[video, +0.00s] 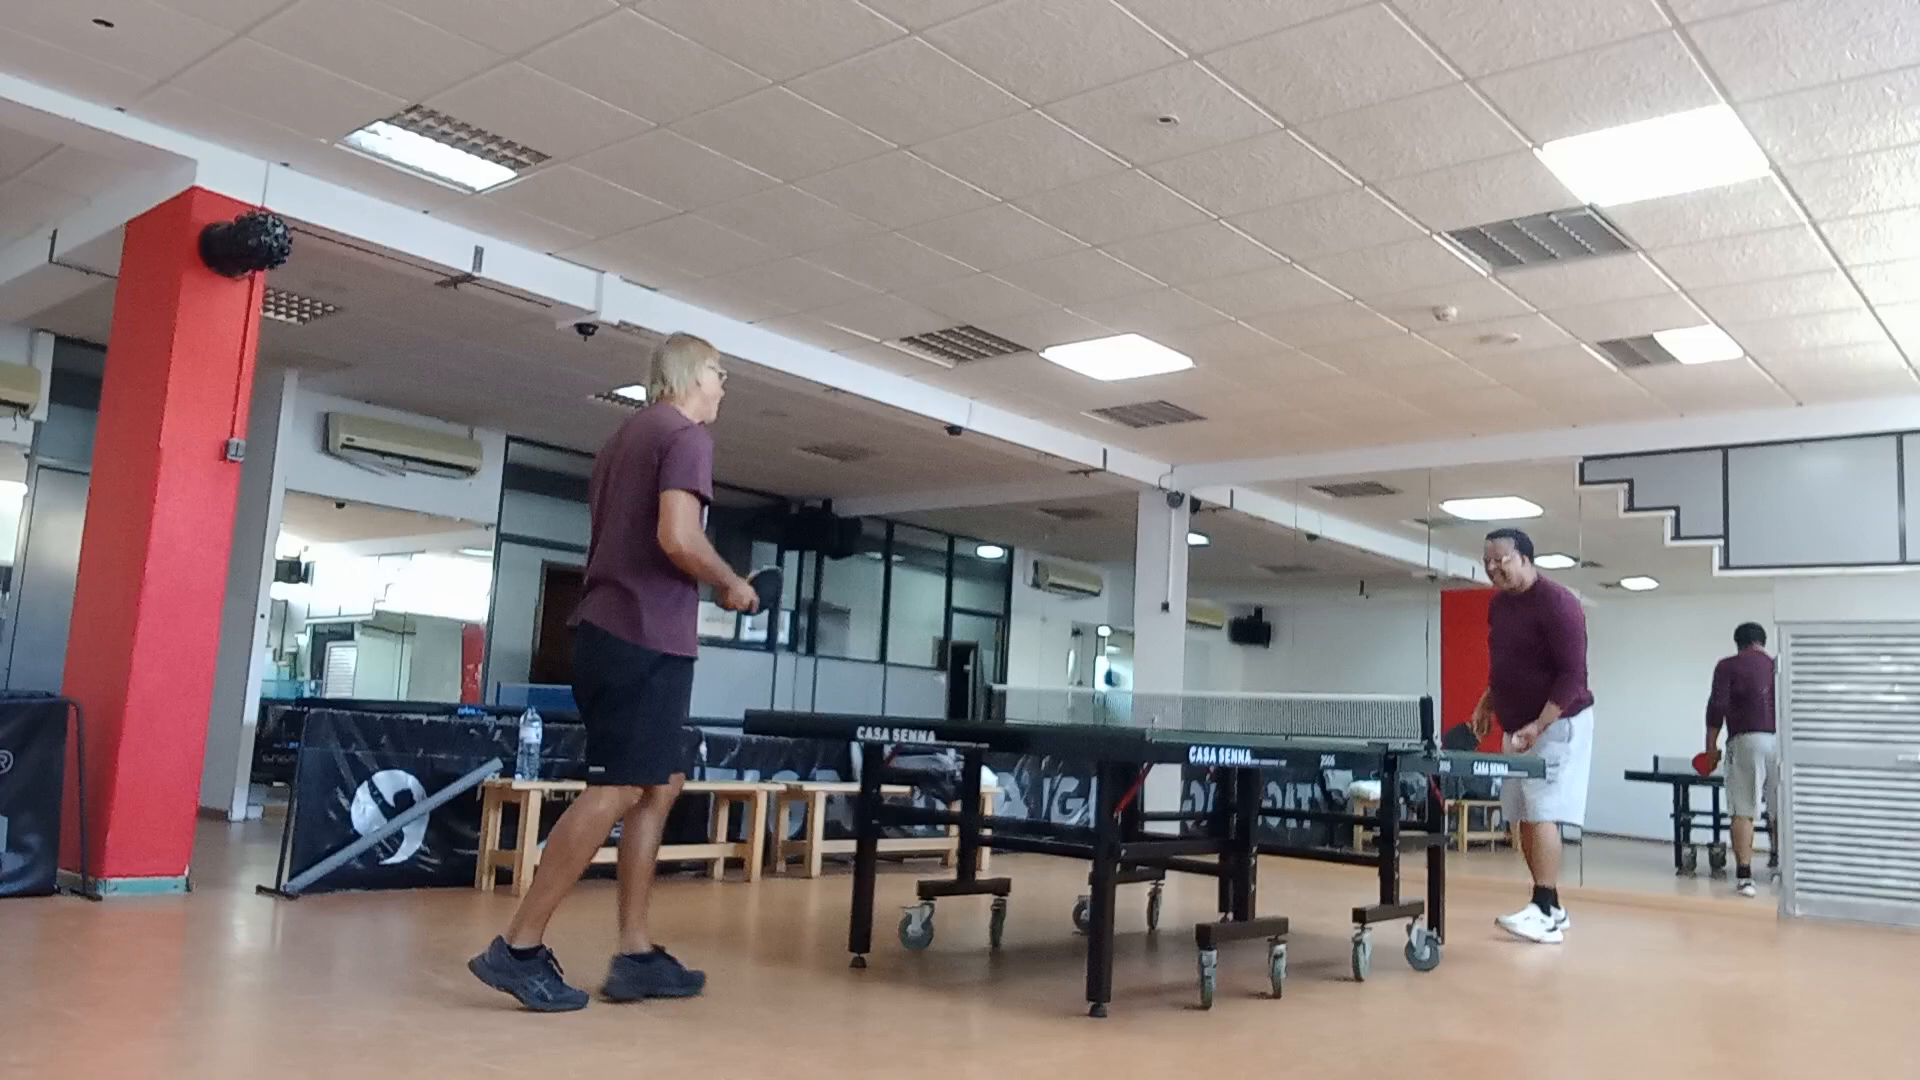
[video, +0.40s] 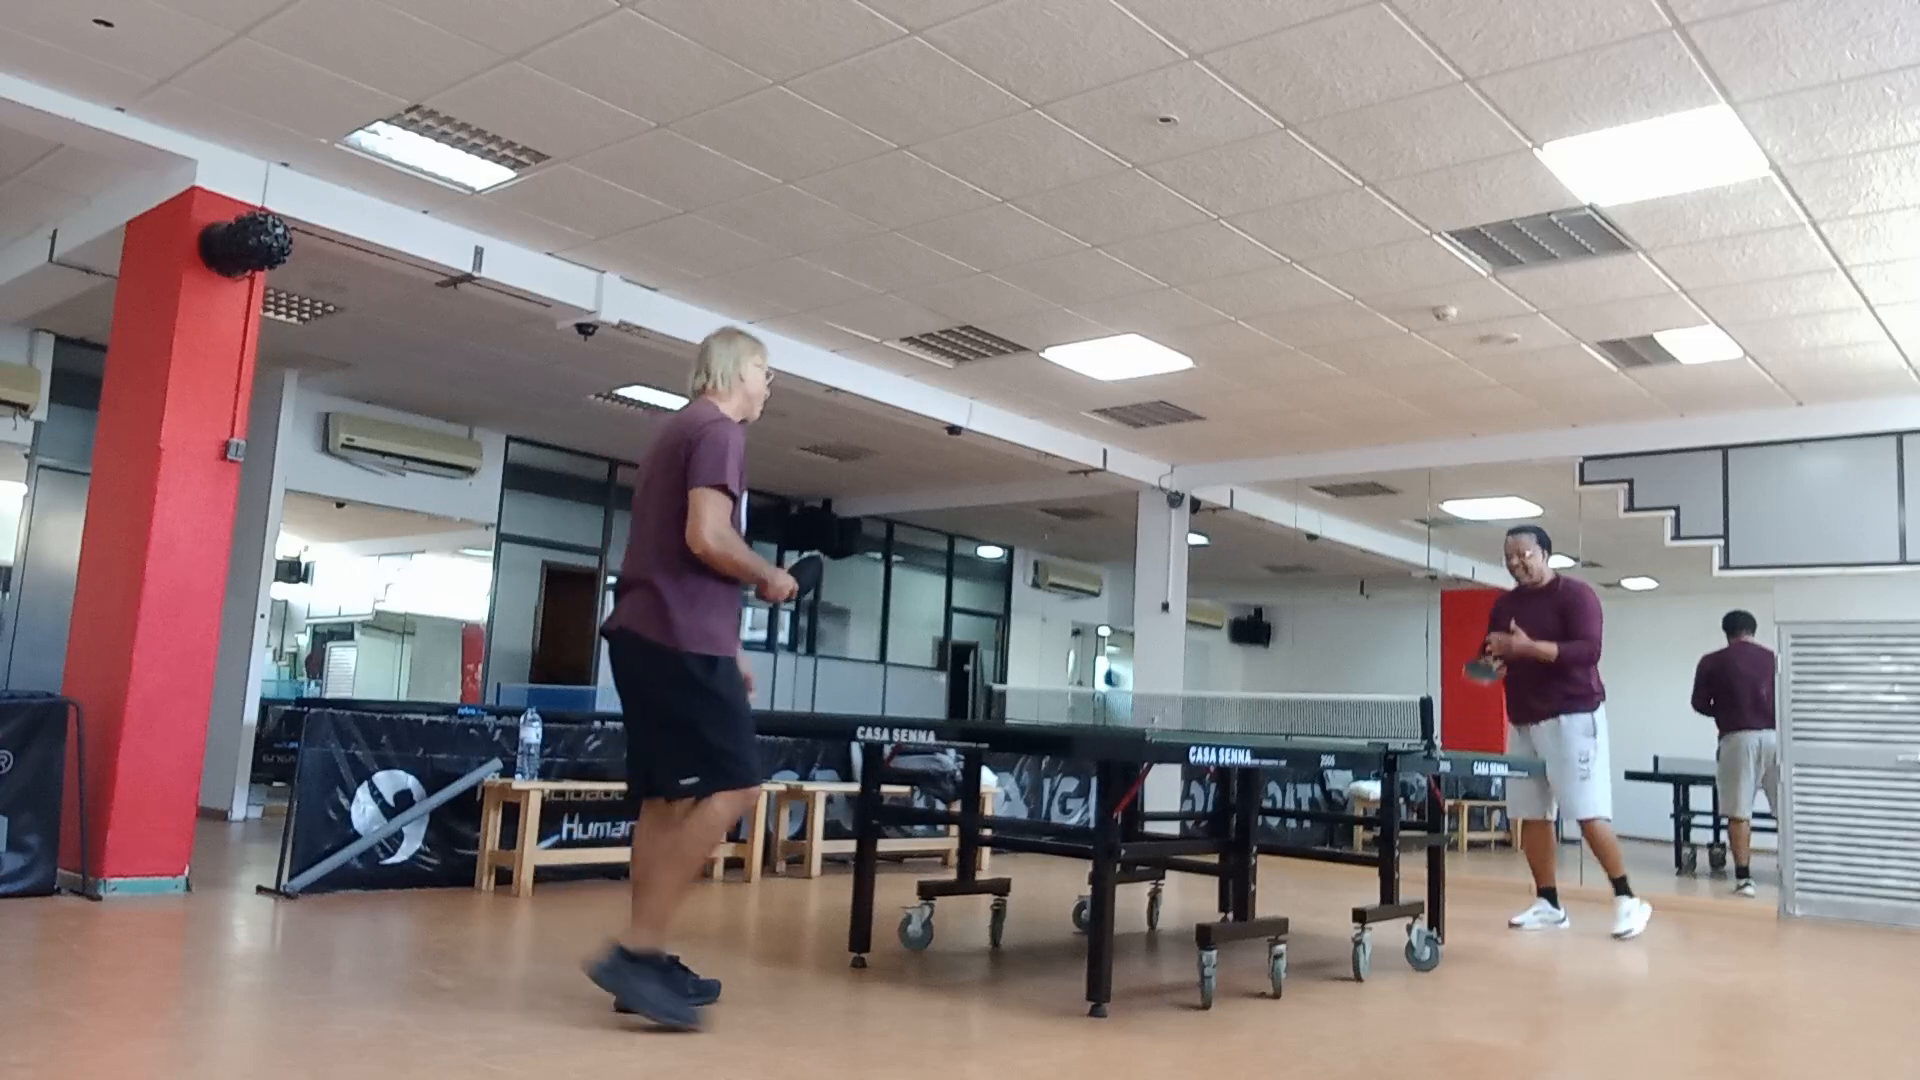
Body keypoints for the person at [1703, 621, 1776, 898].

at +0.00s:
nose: (1762, 648)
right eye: (1763, 644)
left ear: (1738, 644)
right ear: (1761, 643)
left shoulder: (1728, 665)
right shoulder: (1777, 665)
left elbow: (1717, 706)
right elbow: (1787, 703)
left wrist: (1711, 747)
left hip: (1745, 741)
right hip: (1778, 740)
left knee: (1742, 810)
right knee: (1779, 809)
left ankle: (1745, 877)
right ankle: (1780, 867)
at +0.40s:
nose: (1745, 637)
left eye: (1733, 634)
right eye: (1748, 632)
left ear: (1725, 633)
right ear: (1752, 632)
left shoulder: (1711, 661)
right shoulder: (1770, 657)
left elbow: (1699, 703)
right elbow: (1783, 693)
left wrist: (1724, 710)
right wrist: (1769, 710)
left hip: (1737, 742)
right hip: (1774, 740)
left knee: (1738, 813)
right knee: (1787, 812)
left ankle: (1743, 879)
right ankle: (1794, 876)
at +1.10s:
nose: (1778, 639)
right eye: (1781, 632)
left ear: (1759, 633)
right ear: (1785, 632)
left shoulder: (1742, 661)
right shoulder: (1801, 659)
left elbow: (1724, 699)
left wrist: (1730, 730)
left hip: (1759, 739)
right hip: (1796, 740)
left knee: (1753, 810)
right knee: (1797, 809)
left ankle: (1744, 876)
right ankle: (1796, 876)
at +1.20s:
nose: (1781, 640)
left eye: (1778, 634)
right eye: (1782, 634)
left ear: (1760, 635)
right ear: (1786, 633)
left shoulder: (1745, 662)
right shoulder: (1801, 661)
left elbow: (1726, 701)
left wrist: (1733, 733)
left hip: (1761, 741)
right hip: (1797, 742)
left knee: (1755, 810)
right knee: (1799, 810)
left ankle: (1749, 875)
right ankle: (1799, 876)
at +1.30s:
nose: (1778, 645)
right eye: (1779, 639)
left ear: (1760, 641)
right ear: (1784, 640)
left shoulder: (1744, 665)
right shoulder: (1798, 663)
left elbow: (1725, 704)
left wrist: (1732, 741)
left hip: (1761, 741)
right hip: (1798, 742)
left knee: (1759, 812)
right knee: (1798, 811)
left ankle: (1753, 876)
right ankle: (1793, 873)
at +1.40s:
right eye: (1778, 646)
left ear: (1761, 648)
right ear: (1783, 648)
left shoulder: (1744, 671)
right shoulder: (1797, 669)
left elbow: (1720, 708)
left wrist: (1724, 747)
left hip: (1760, 744)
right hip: (1796, 744)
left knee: (1757, 813)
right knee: (1797, 811)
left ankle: (1753, 877)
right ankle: (1792, 872)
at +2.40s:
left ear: (1765, 663)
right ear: (1782, 665)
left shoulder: (1747, 680)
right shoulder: (1788, 683)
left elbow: (1746, 714)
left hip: (1746, 751)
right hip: (1776, 750)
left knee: (1749, 814)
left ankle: (1749, 870)